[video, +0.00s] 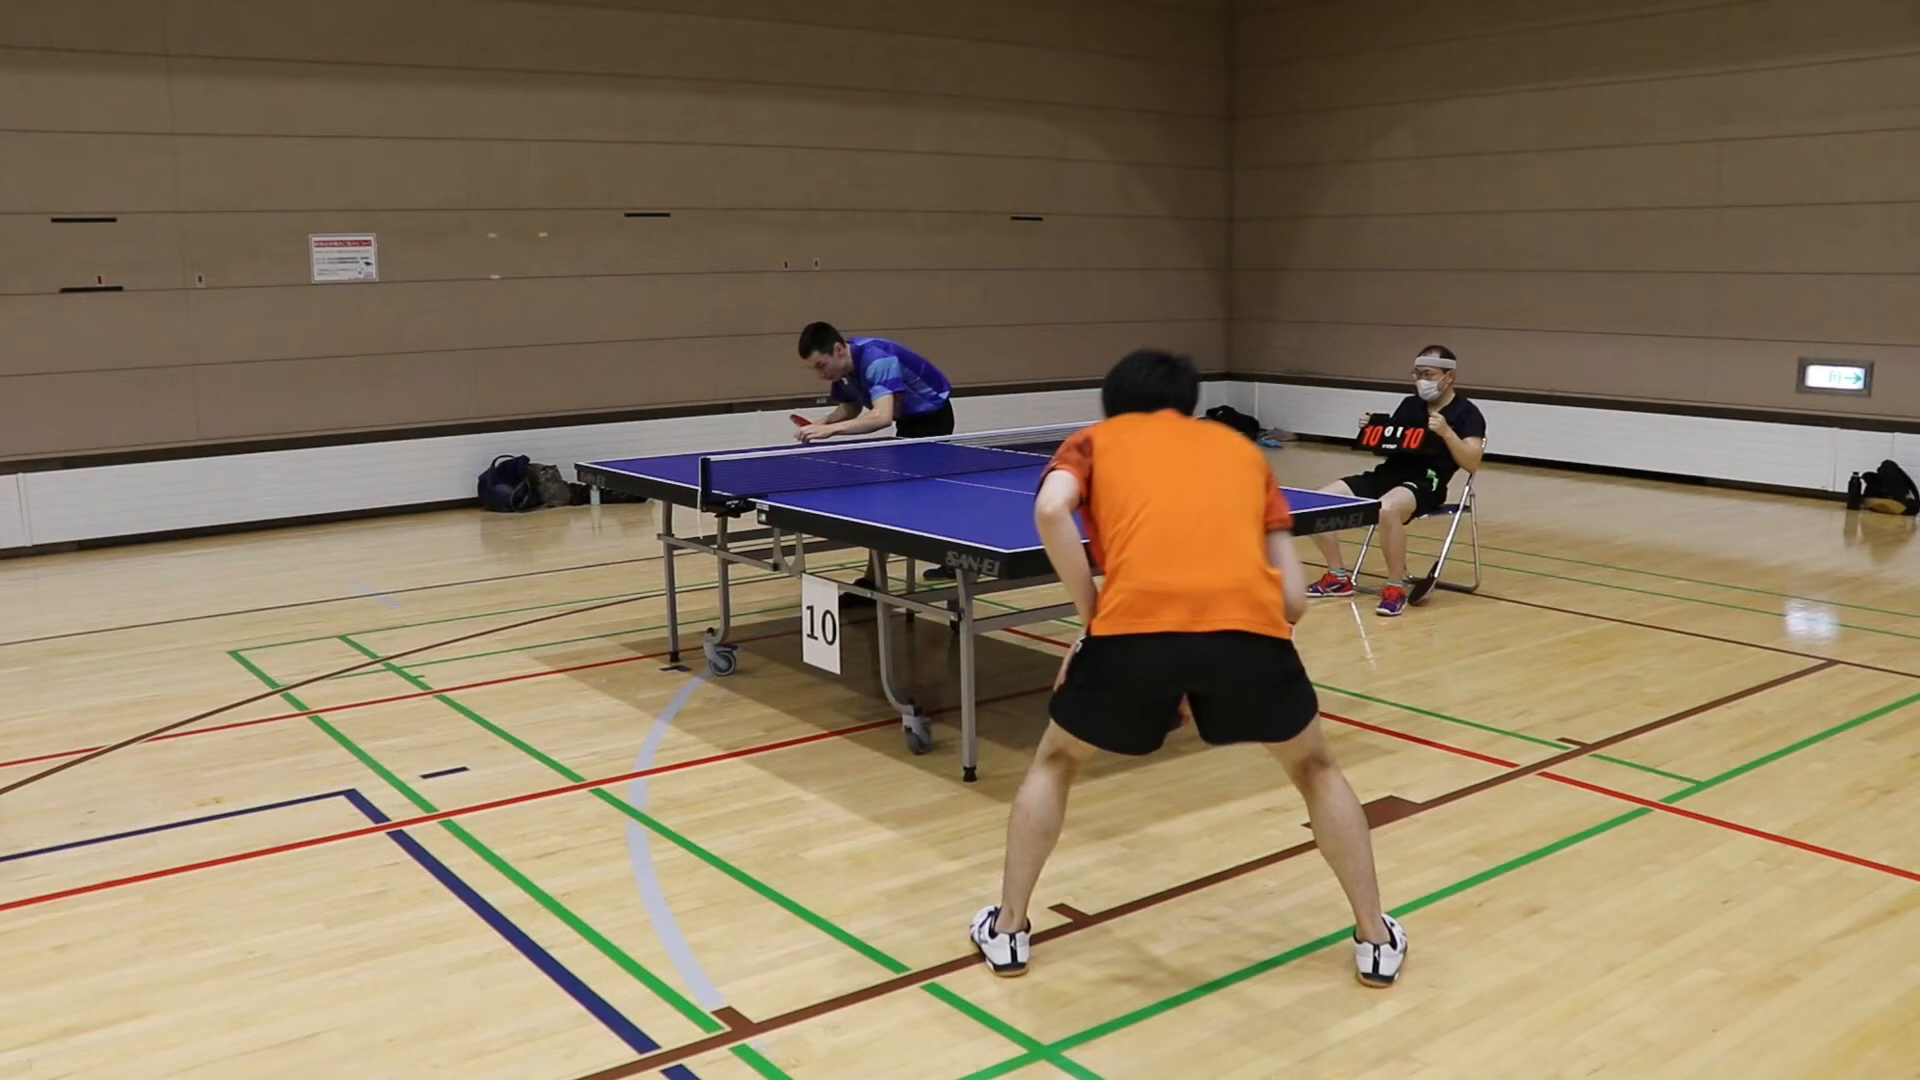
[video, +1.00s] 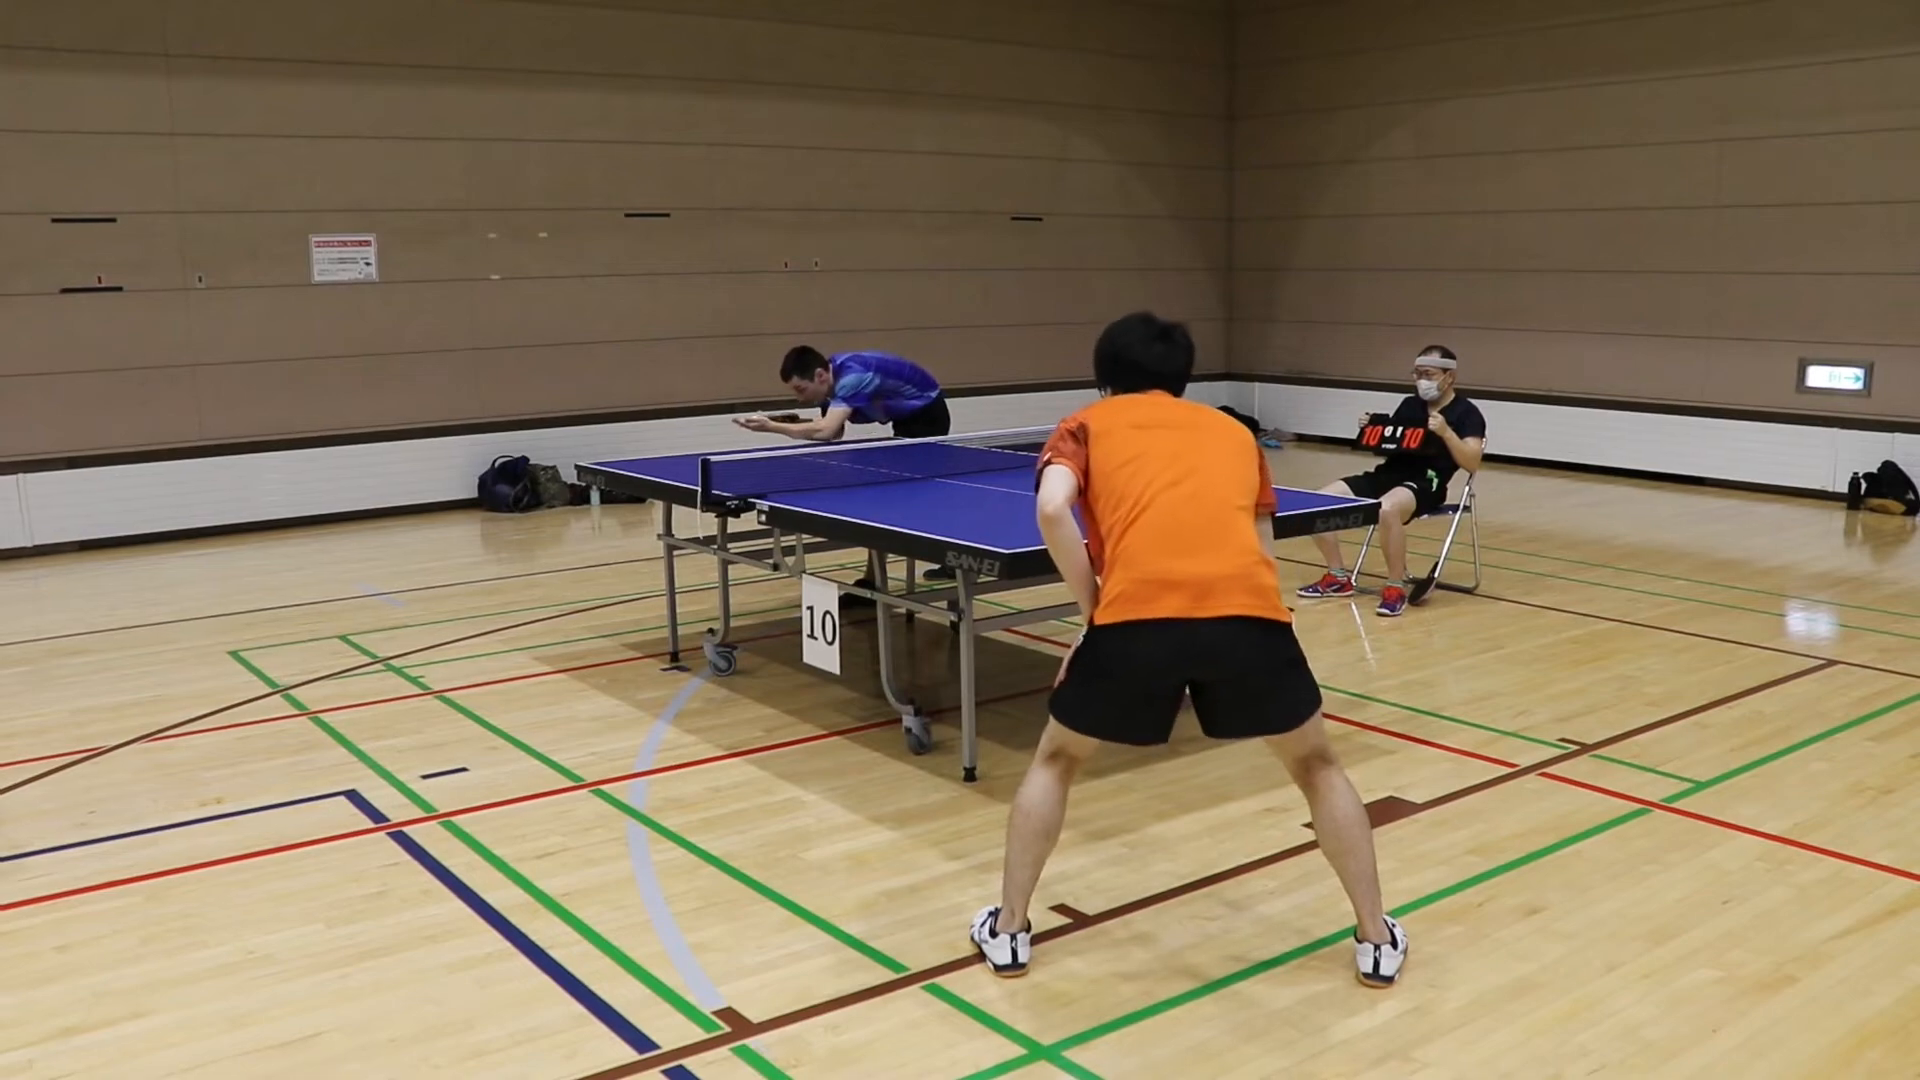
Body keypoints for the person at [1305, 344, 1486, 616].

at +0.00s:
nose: (1421, 381)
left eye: (1429, 375)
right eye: (1418, 374)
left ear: (1449, 378)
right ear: (1414, 375)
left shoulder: (1467, 414)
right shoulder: (1411, 404)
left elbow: (1472, 463)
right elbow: (1392, 437)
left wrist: (1446, 432)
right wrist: (1374, 426)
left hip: (1426, 481)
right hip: (1389, 474)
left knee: (1389, 509)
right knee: (1317, 502)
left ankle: (1395, 588)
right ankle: (1338, 575)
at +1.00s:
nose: (1423, 381)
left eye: (1430, 375)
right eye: (1418, 374)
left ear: (1450, 377)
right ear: (1413, 375)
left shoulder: (1466, 414)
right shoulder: (1411, 404)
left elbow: (1472, 463)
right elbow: (1392, 439)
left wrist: (1446, 433)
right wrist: (1373, 425)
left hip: (1427, 481)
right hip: (1390, 474)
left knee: (1389, 509)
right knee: (1319, 502)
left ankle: (1394, 588)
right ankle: (1338, 576)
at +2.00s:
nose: (1423, 380)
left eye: (1430, 374)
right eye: (1419, 373)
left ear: (1450, 377)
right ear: (1414, 375)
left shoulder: (1467, 414)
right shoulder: (1411, 405)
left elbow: (1472, 463)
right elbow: (1393, 440)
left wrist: (1446, 433)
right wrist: (1373, 426)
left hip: (1427, 482)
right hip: (1390, 474)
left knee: (1389, 509)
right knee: (1319, 502)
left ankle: (1395, 588)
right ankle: (1337, 576)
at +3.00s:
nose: (1423, 382)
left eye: (1430, 375)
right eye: (1419, 375)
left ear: (1449, 378)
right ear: (1414, 375)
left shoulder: (1467, 414)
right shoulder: (1411, 405)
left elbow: (1472, 463)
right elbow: (1393, 440)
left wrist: (1447, 433)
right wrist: (1372, 426)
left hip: (1427, 482)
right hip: (1390, 474)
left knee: (1388, 509)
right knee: (1319, 501)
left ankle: (1395, 588)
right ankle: (1337, 576)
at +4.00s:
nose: (1421, 382)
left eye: (1428, 376)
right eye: (1417, 375)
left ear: (1448, 378)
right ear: (1413, 375)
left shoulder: (1467, 414)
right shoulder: (1411, 405)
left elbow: (1472, 464)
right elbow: (1392, 440)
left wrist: (1447, 434)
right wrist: (1372, 427)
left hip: (1427, 482)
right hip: (1391, 474)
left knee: (1388, 510)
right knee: (1320, 502)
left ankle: (1394, 588)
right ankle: (1338, 577)